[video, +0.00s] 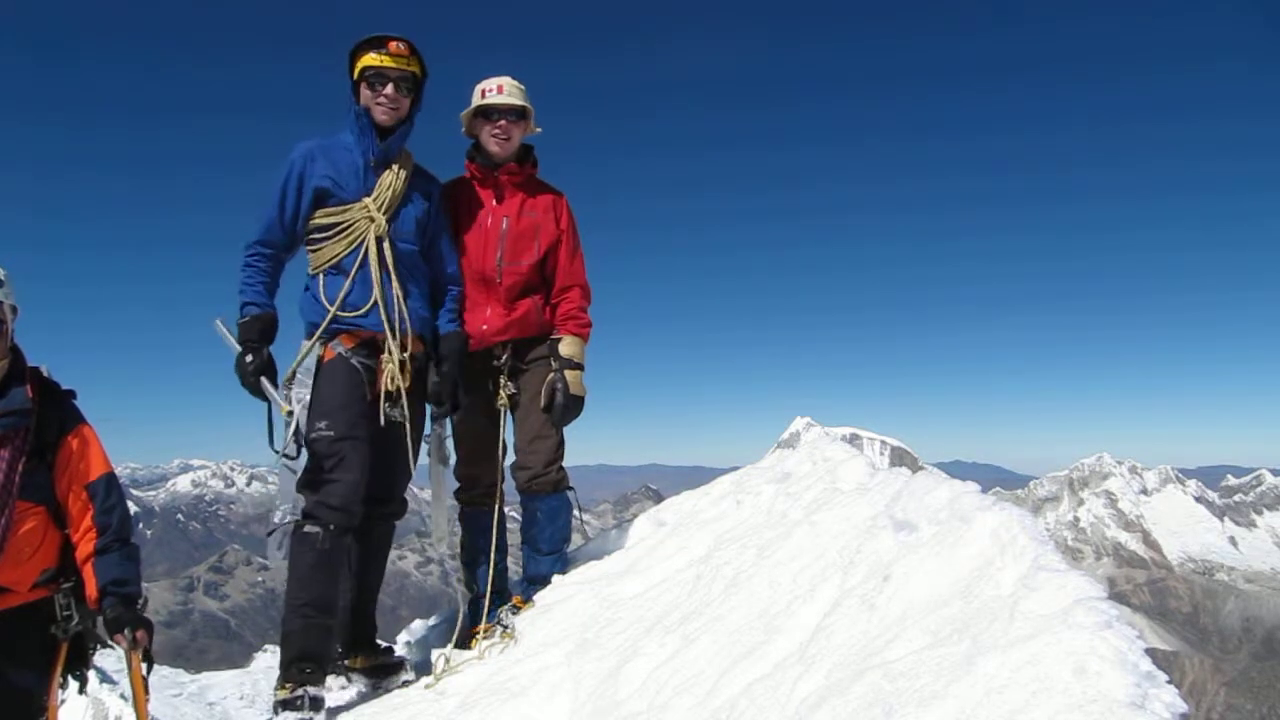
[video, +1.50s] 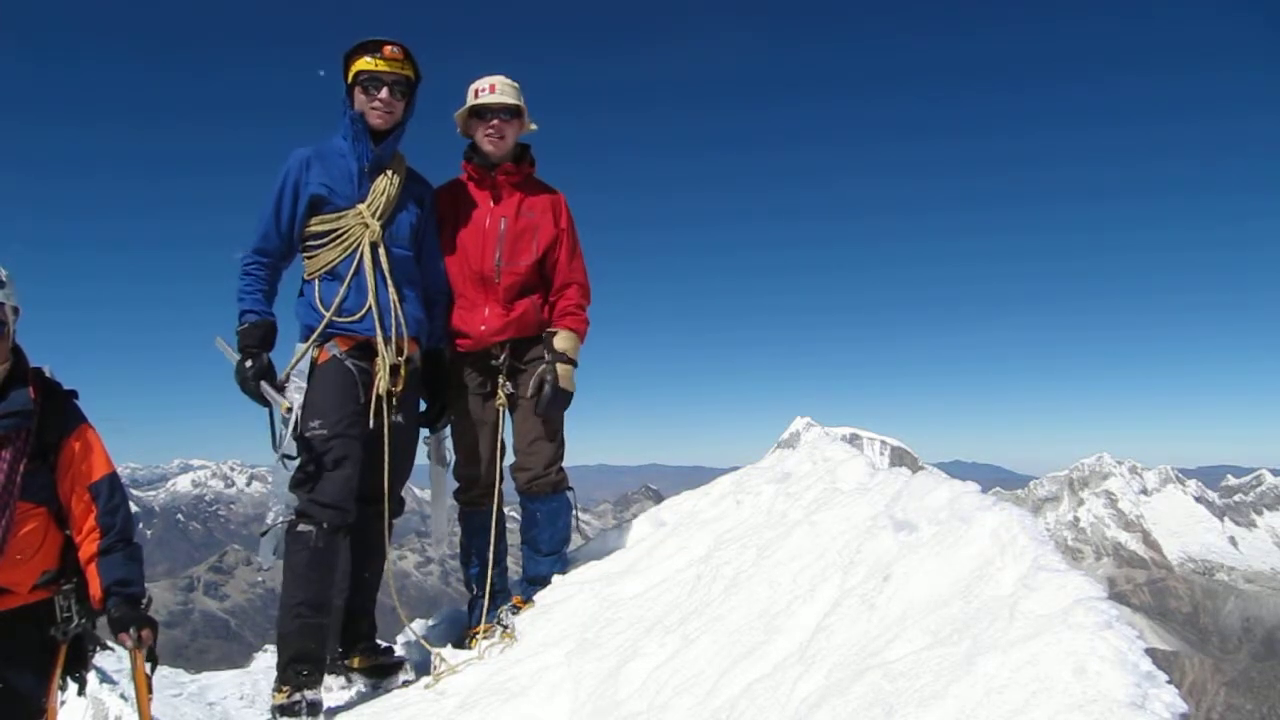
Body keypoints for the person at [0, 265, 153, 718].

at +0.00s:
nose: (1, 328)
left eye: (2, 316)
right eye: (2, 316)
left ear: (10, 320)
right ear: (8, 320)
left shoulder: (46, 410)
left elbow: (97, 509)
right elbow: (98, 510)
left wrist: (116, 597)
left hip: (24, 618)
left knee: (21, 705)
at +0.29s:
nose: (1, 329)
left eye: (1, 317)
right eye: (2, 317)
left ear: (10, 321)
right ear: (8, 321)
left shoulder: (45, 410)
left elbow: (97, 509)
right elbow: (97, 509)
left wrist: (116, 596)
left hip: (24, 619)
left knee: (21, 705)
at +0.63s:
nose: (1, 329)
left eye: (2, 317)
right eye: (2, 317)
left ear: (11, 320)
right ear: (8, 321)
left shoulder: (45, 409)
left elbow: (98, 507)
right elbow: (98, 507)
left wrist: (118, 596)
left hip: (24, 619)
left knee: (20, 704)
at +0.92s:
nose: (1, 329)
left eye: (2, 317)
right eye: (1, 317)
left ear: (11, 320)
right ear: (7, 321)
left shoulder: (46, 409)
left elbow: (98, 507)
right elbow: (99, 507)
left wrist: (119, 596)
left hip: (24, 619)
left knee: (20, 705)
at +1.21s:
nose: (2, 329)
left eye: (3, 317)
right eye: (2, 317)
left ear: (12, 321)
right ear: (8, 321)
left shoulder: (47, 410)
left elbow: (99, 508)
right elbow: (100, 508)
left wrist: (120, 596)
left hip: (25, 618)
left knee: (20, 704)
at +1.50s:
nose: (1, 333)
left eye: (2, 319)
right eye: (2, 319)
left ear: (12, 322)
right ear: (8, 322)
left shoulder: (47, 410)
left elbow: (99, 508)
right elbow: (100, 508)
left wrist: (120, 596)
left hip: (25, 619)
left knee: (20, 705)